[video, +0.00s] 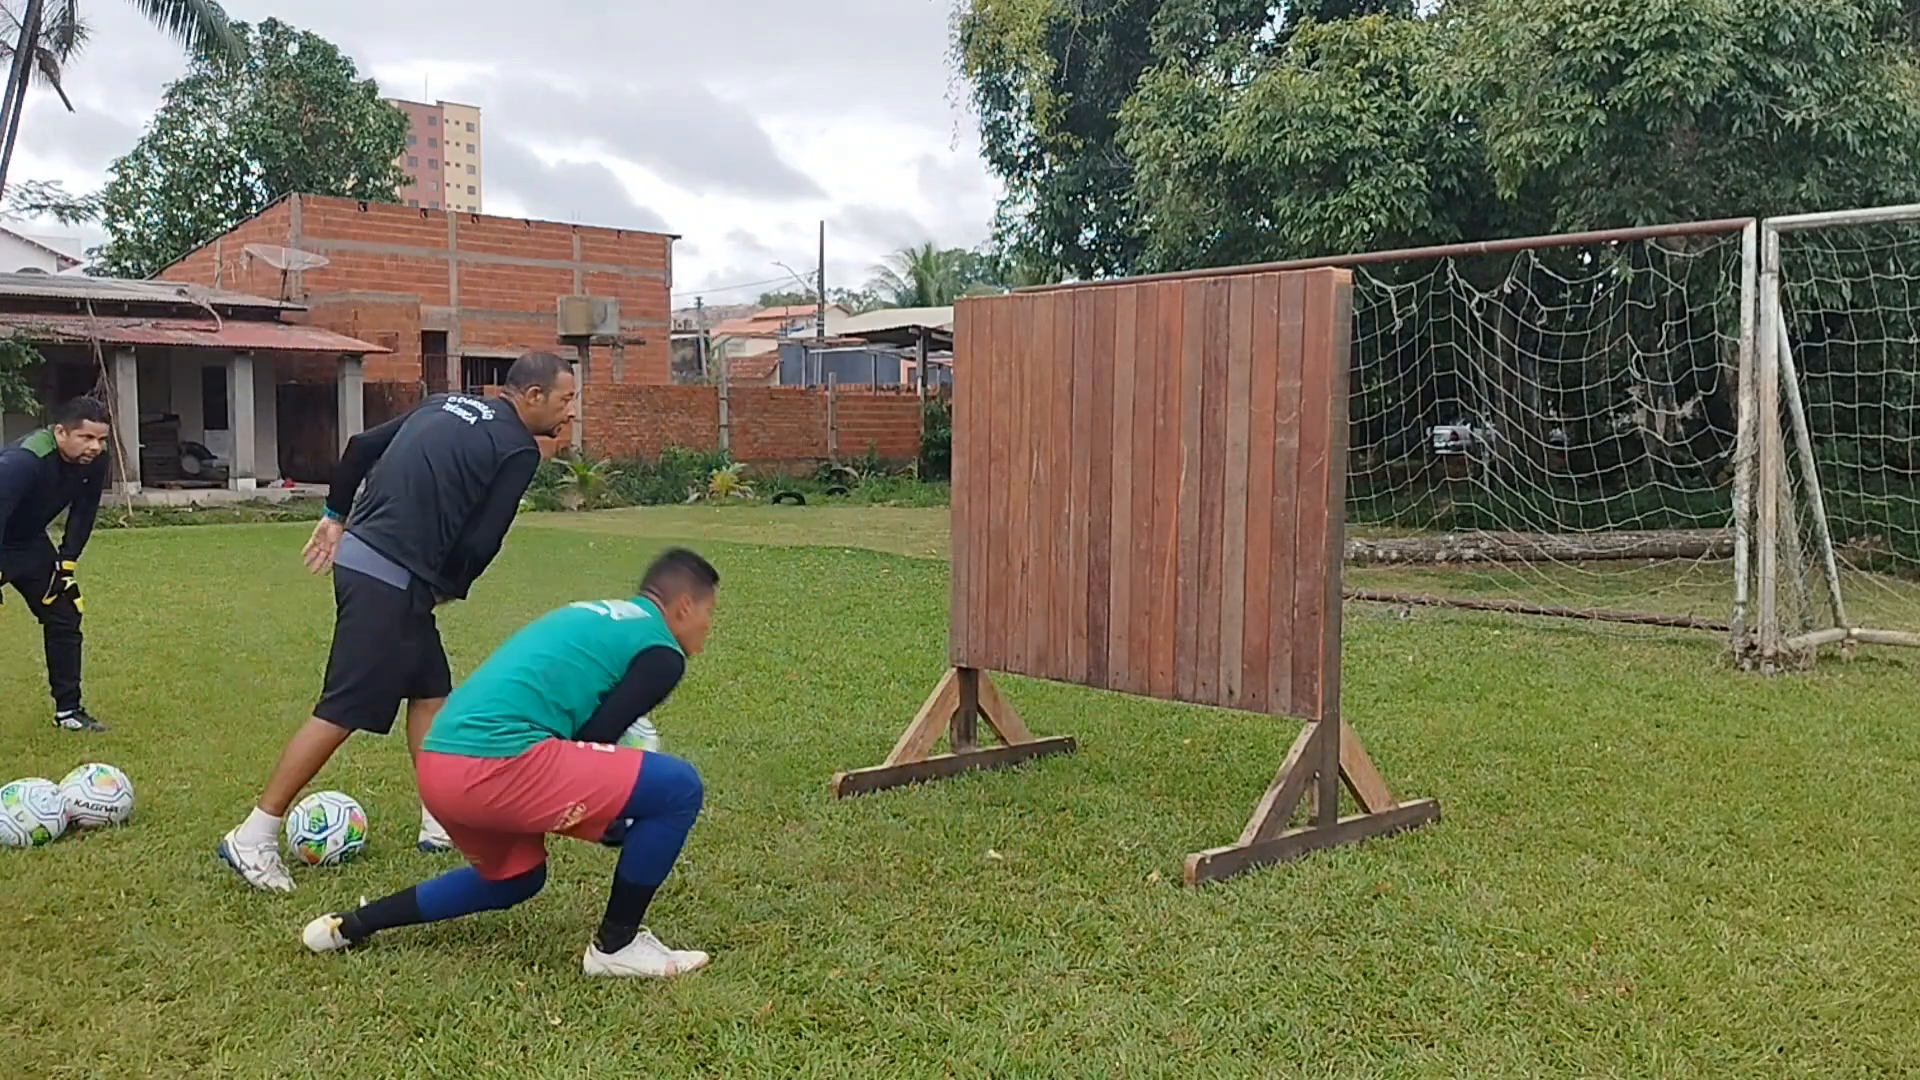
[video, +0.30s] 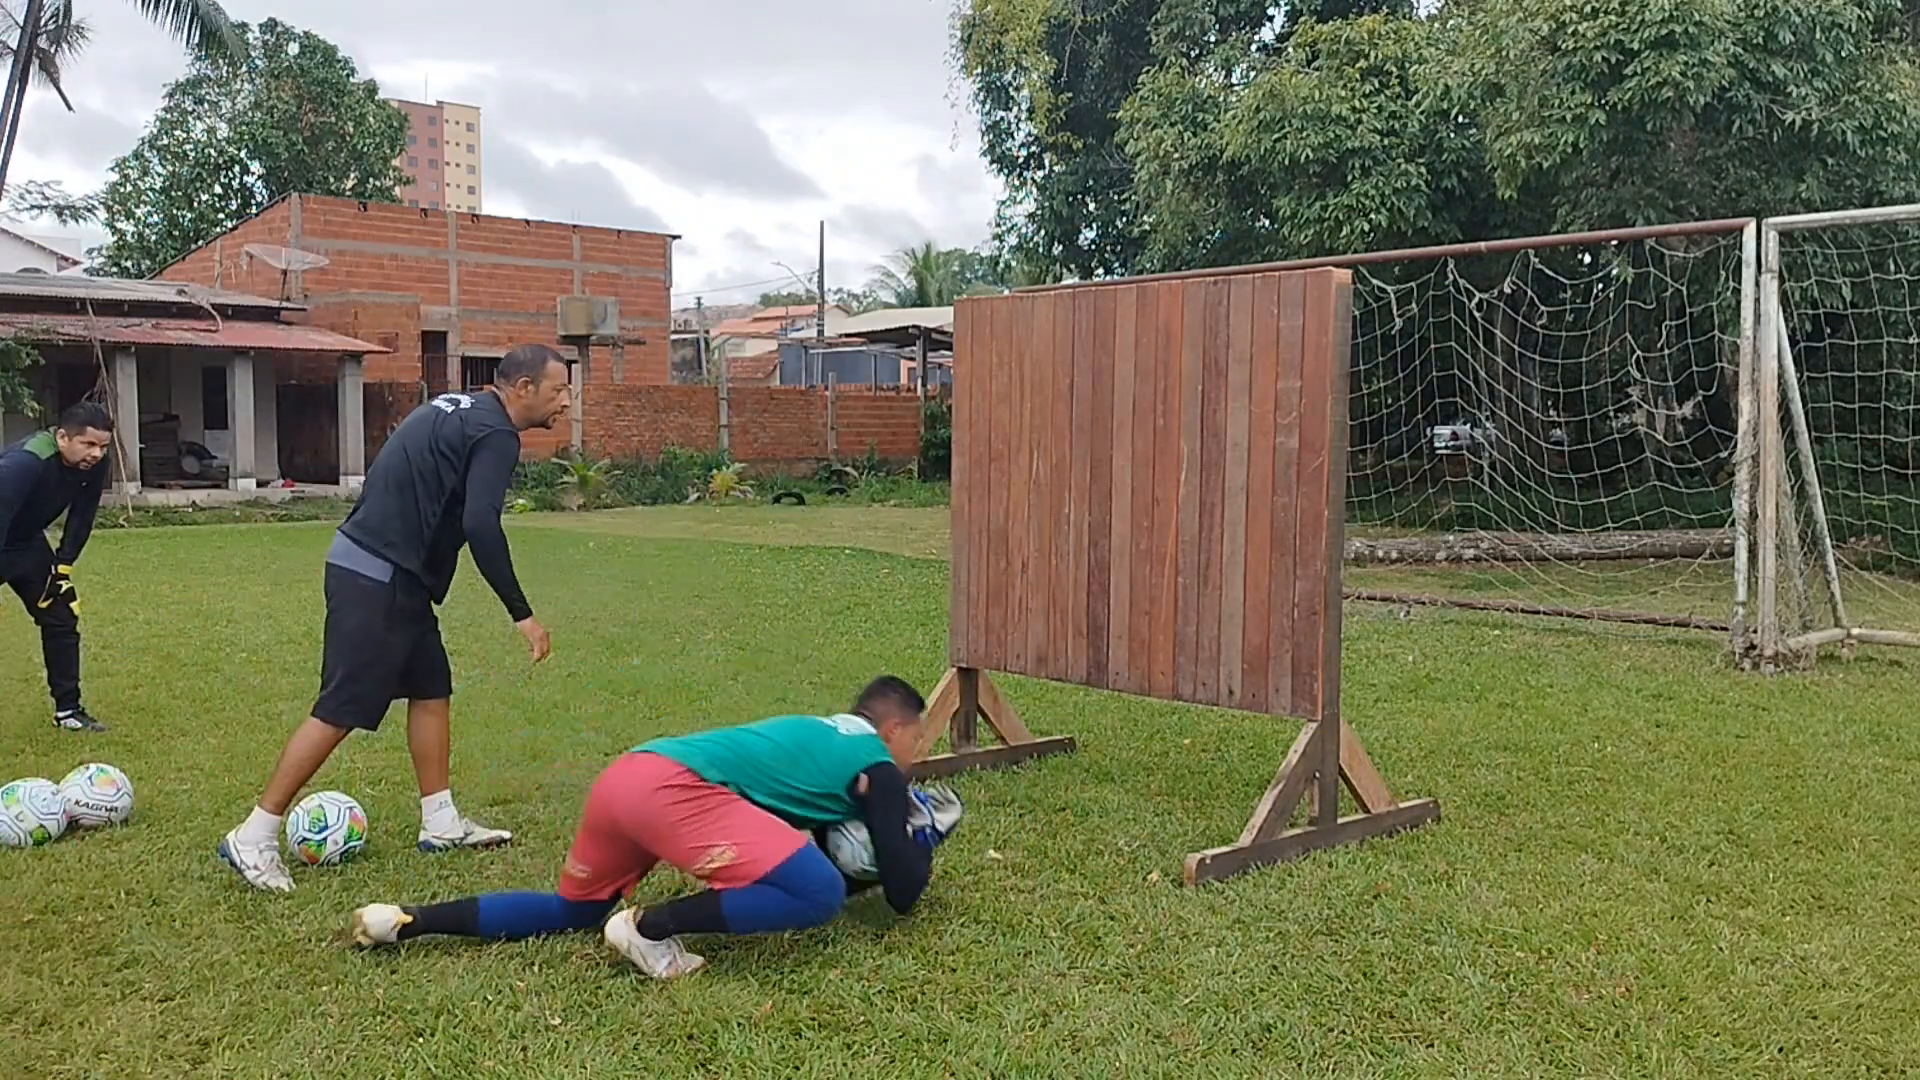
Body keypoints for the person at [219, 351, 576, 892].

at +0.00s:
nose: (569, 412)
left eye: (572, 401)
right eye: (565, 400)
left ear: (514, 392)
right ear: (532, 396)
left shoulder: (447, 404)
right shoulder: (520, 449)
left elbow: (362, 445)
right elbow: (482, 540)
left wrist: (335, 514)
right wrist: (451, 586)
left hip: (363, 560)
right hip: (390, 579)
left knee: (431, 691)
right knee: (342, 711)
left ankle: (439, 824)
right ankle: (252, 836)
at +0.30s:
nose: (565, 401)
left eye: (566, 391)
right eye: (559, 390)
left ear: (510, 387)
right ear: (521, 388)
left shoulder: (458, 407)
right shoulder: (496, 431)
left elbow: (403, 480)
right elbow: (481, 524)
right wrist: (523, 613)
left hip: (395, 576)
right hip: (373, 574)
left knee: (429, 690)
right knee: (342, 707)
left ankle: (440, 823)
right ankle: (254, 836)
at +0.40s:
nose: (557, 394)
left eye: (558, 383)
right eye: (551, 382)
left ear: (507, 381)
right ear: (513, 381)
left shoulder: (462, 409)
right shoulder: (484, 424)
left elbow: (423, 486)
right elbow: (462, 511)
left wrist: (454, 552)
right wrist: (507, 603)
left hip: (401, 578)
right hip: (367, 572)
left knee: (431, 687)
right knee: (341, 706)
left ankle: (440, 823)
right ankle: (254, 834)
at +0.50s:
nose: (548, 382)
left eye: (548, 372)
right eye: (540, 371)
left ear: (498, 372)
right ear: (502, 371)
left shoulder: (452, 407)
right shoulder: (467, 420)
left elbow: (418, 504)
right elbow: (438, 512)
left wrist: (465, 549)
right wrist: (480, 599)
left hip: (400, 576)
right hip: (362, 572)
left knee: (433, 687)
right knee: (335, 704)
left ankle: (441, 824)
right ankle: (252, 836)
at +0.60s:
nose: (531, 372)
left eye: (530, 361)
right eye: (521, 362)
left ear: (482, 367)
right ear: (482, 365)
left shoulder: (457, 414)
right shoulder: (444, 417)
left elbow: (425, 498)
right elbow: (407, 509)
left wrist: (466, 541)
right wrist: (447, 598)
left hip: (396, 574)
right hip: (353, 572)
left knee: (432, 690)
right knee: (324, 705)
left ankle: (442, 824)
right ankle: (246, 840)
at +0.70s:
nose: (504, 364)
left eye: (503, 352)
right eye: (493, 353)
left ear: (459, 360)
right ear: (454, 358)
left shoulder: (440, 413)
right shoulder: (417, 412)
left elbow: (411, 499)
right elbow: (377, 505)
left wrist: (455, 543)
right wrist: (418, 593)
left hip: (386, 580)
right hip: (341, 578)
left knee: (429, 693)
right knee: (311, 712)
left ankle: (442, 825)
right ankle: (241, 848)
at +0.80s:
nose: (471, 356)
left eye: (469, 344)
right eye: (459, 345)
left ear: (428, 353)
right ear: (419, 352)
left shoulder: (410, 413)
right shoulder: (379, 413)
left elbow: (386, 501)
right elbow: (347, 508)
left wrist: (432, 540)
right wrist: (393, 591)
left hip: (377, 587)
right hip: (325, 586)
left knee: (422, 698)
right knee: (293, 717)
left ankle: (441, 826)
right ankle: (235, 855)